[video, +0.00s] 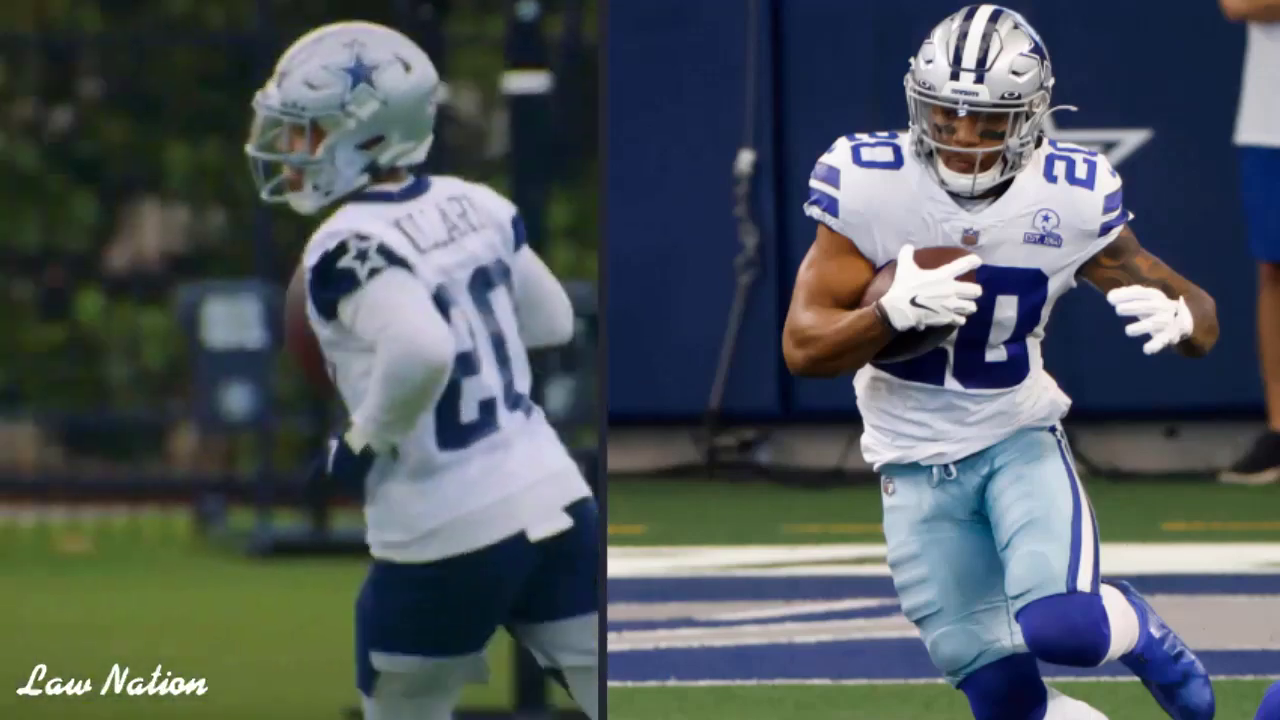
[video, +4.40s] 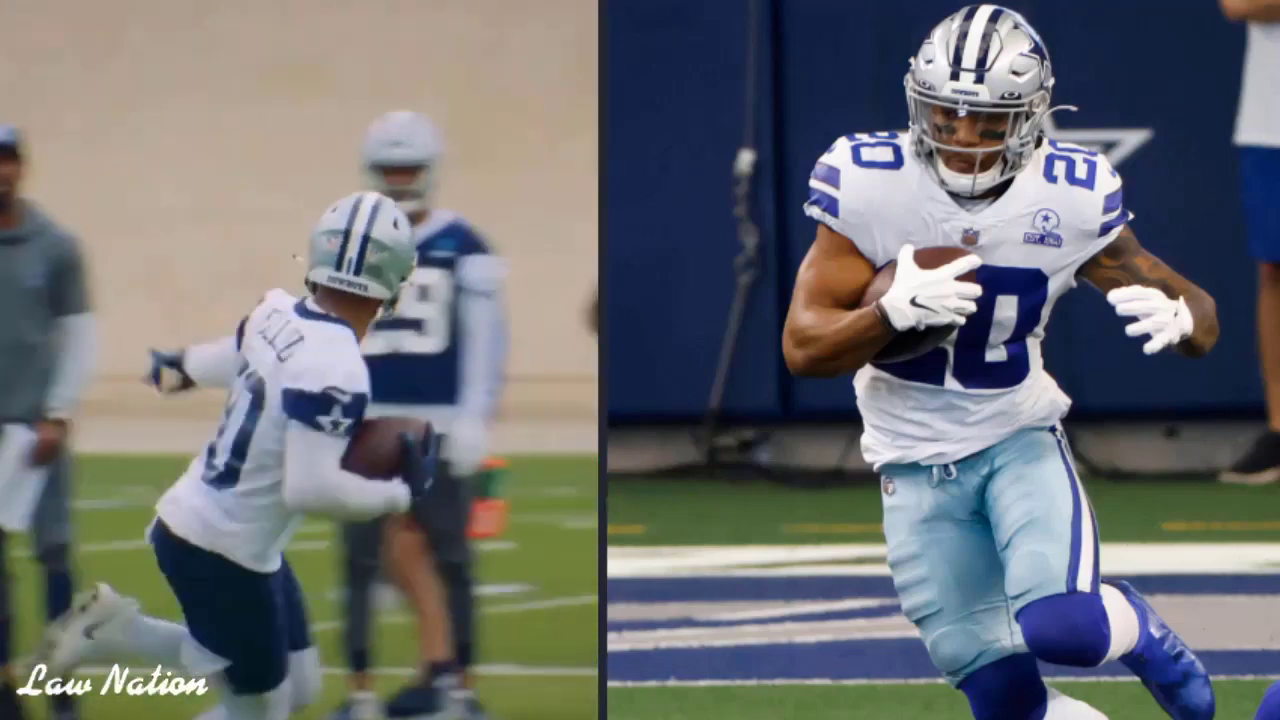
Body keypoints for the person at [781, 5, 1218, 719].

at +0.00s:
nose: (966, 138)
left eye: (988, 121)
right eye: (950, 117)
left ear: (1028, 119)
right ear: (922, 110)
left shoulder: (1071, 194)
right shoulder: (863, 179)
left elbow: (1197, 309)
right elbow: (801, 349)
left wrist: (1181, 319)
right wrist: (887, 313)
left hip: (1018, 437)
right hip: (911, 467)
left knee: (1054, 626)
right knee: (1001, 696)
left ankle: (1142, 633)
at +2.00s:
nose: (966, 137)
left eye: (988, 121)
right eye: (950, 116)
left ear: (1027, 118)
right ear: (922, 110)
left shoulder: (1071, 195)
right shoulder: (863, 180)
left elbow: (1197, 310)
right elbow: (801, 350)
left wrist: (1181, 319)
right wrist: (887, 313)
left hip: (1018, 437)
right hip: (911, 467)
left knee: (1054, 626)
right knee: (1001, 696)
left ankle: (1141, 631)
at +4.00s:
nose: (966, 137)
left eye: (988, 121)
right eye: (950, 117)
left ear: (1027, 118)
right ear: (922, 110)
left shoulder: (1072, 194)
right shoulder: (863, 180)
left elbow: (1197, 310)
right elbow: (801, 350)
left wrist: (1181, 318)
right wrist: (887, 313)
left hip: (1018, 437)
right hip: (911, 467)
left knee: (1054, 626)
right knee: (1001, 697)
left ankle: (1142, 632)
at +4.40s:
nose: (966, 137)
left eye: (988, 121)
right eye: (951, 117)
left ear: (1028, 119)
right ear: (923, 110)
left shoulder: (1071, 194)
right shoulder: (862, 179)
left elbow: (1197, 310)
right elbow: (801, 350)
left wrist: (1181, 319)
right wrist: (887, 312)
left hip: (1018, 437)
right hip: (911, 467)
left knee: (1054, 626)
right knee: (1001, 697)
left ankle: (1142, 632)